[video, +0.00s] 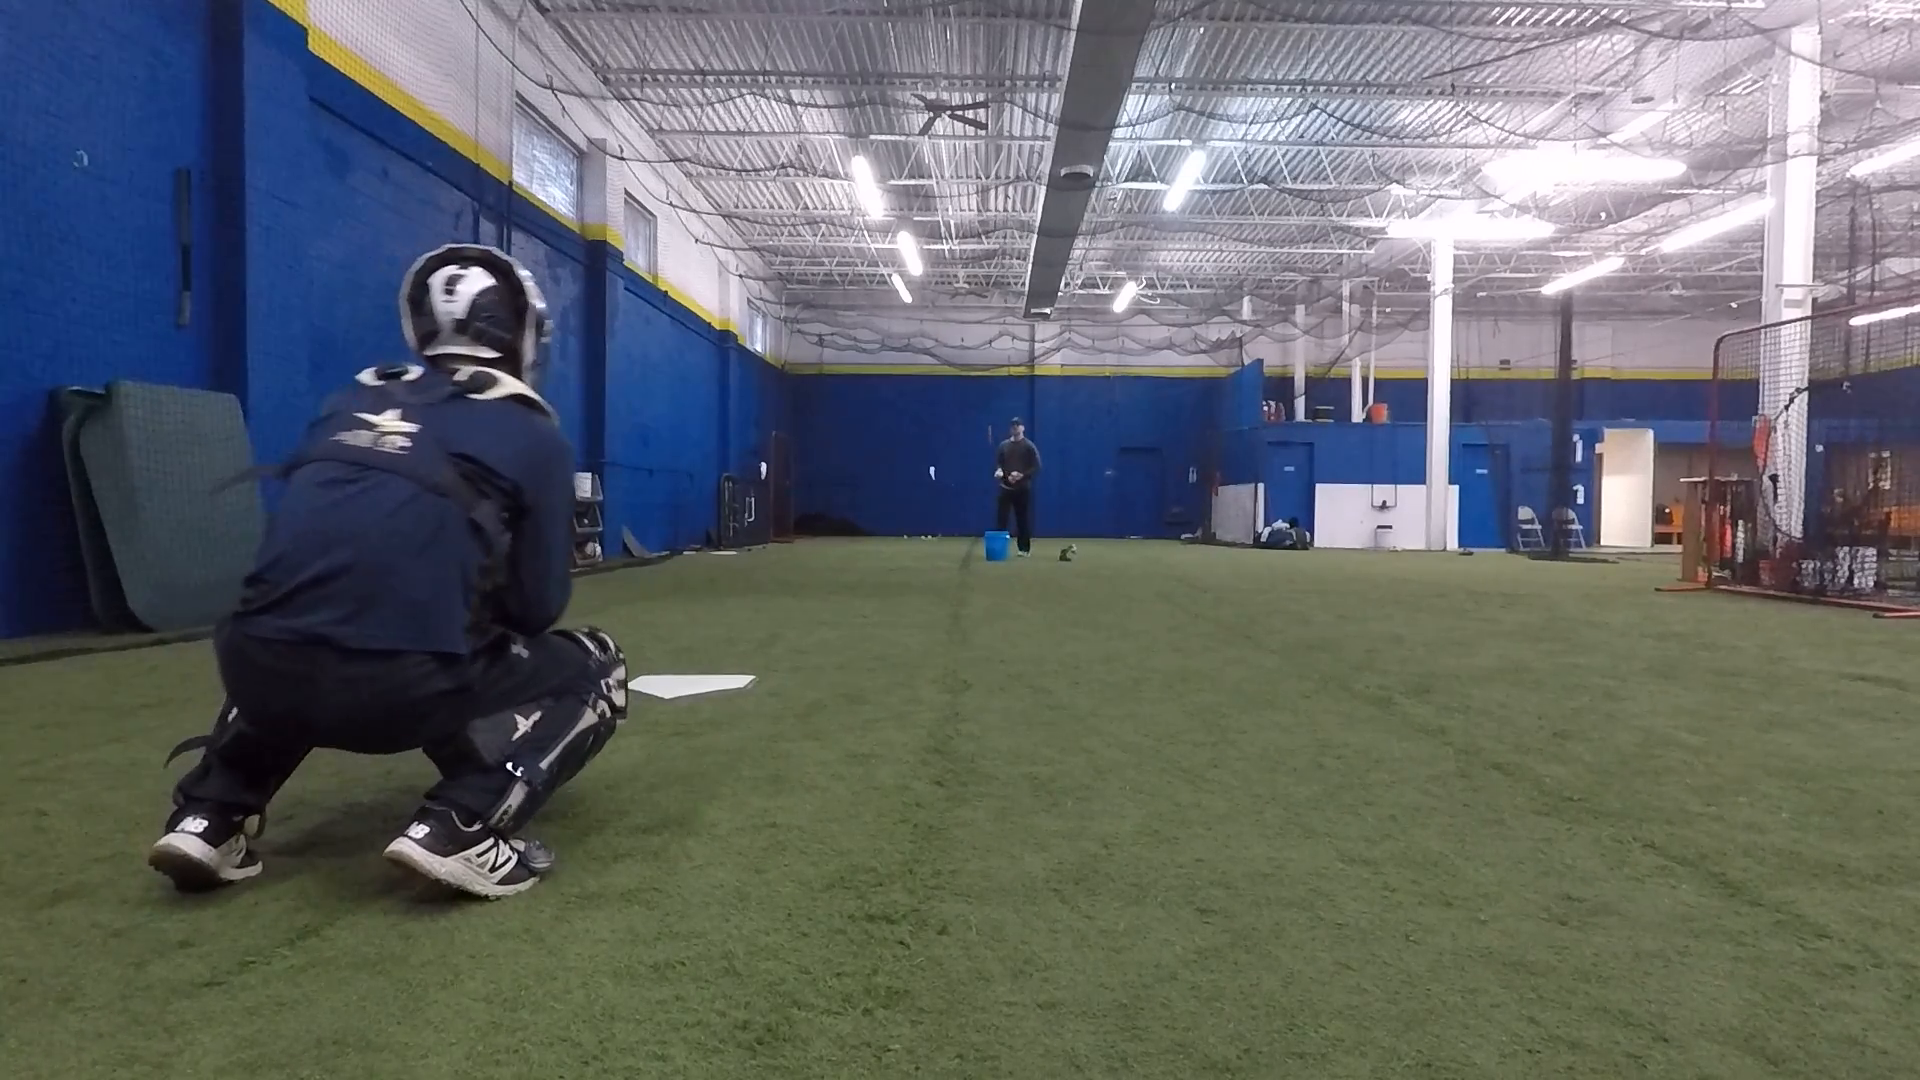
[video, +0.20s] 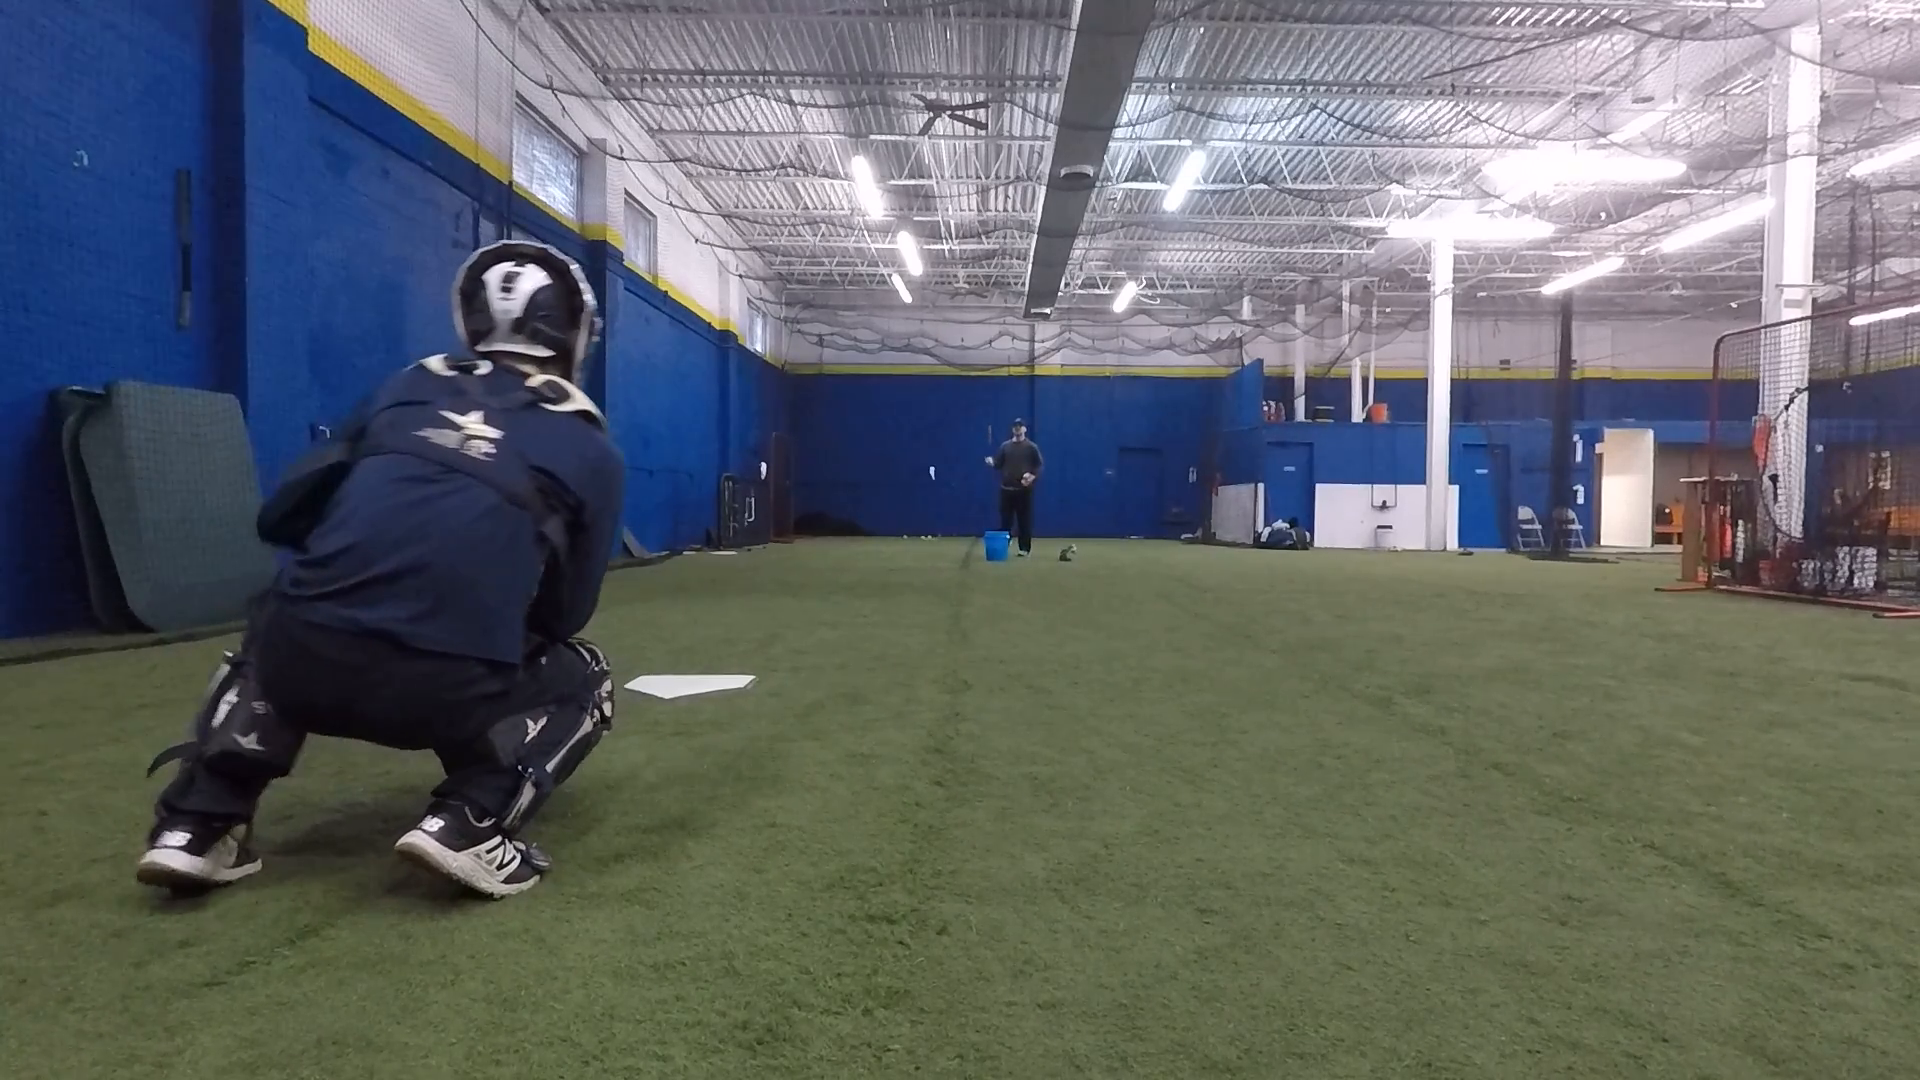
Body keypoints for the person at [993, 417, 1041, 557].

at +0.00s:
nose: (1016, 429)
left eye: (1018, 426)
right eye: (1013, 426)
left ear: (1023, 428)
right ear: (1010, 429)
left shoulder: (1029, 446)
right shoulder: (1003, 446)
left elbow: (1036, 466)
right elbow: (999, 463)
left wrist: (1022, 475)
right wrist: (1002, 472)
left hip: (1022, 488)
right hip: (1006, 487)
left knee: (1022, 519)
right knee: (1002, 517)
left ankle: (1024, 548)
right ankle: (999, 547)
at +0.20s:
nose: (1018, 429)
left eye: (1020, 427)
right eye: (1016, 427)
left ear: (1025, 429)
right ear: (1013, 429)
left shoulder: (1031, 447)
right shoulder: (1005, 446)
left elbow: (1039, 465)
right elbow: (999, 463)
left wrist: (1033, 475)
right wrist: (992, 462)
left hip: (1024, 489)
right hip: (1007, 489)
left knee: (1024, 520)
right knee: (1005, 518)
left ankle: (1024, 548)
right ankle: (1004, 545)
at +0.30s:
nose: (1017, 430)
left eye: (1019, 428)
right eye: (1015, 428)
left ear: (1024, 430)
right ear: (1011, 430)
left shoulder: (1030, 448)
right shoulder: (1004, 447)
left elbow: (1039, 465)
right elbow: (995, 463)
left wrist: (1036, 476)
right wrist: (988, 454)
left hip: (1023, 490)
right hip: (1007, 490)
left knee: (1022, 520)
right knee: (1007, 520)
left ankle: (1024, 548)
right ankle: (1005, 547)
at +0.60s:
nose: (1011, 434)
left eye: (1013, 431)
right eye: (1009, 431)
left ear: (1018, 432)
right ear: (1006, 433)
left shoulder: (1025, 448)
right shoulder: (999, 448)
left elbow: (1035, 465)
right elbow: (987, 461)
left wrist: (1030, 478)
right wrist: (983, 446)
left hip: (1020, 489)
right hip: (1004, 490)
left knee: (1022, 517)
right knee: (1006, 518)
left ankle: (1026, 544)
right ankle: (1008, 545)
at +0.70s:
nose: (1010, 432)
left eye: (1012, 429)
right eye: (1008, 430)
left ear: (1017, 431)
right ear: (1005, 432)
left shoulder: (1025, 447)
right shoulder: (999, 448)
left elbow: (1034, 464)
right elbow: (987, 463)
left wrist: (1030, 477)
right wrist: (982, 450)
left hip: (1020, 489)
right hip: (1003, 489)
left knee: (1022, 516)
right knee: (1006, 518)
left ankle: (1025, 546)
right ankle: (1007, 546)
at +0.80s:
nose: (1010, 432)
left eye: (1012, 430)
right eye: (1008, 430)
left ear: (1017, 431)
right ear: (1005, 432)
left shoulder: (1024, 448)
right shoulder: (998, 448)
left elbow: (1034, 465)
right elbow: (990, 466)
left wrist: (1029, 478)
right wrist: (985, 459)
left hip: (1018, 489)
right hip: (1003, 488)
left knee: (1018, 516)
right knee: (1005, 518)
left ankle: (1023, 545)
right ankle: (1007, 546)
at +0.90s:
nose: (1010, 434)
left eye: (1012, 431)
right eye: (1008, 431)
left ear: (1017, 432)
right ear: (1005, 433)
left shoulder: (1024, 449)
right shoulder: (998, 449)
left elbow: (1033, 466)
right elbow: (992, 462)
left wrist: (1028, 479)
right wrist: (991, 465)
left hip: (1018, 488)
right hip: (1003, 488)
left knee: (1018, 516)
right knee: (1005, 516)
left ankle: (1018, 543)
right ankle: (1008, 543)